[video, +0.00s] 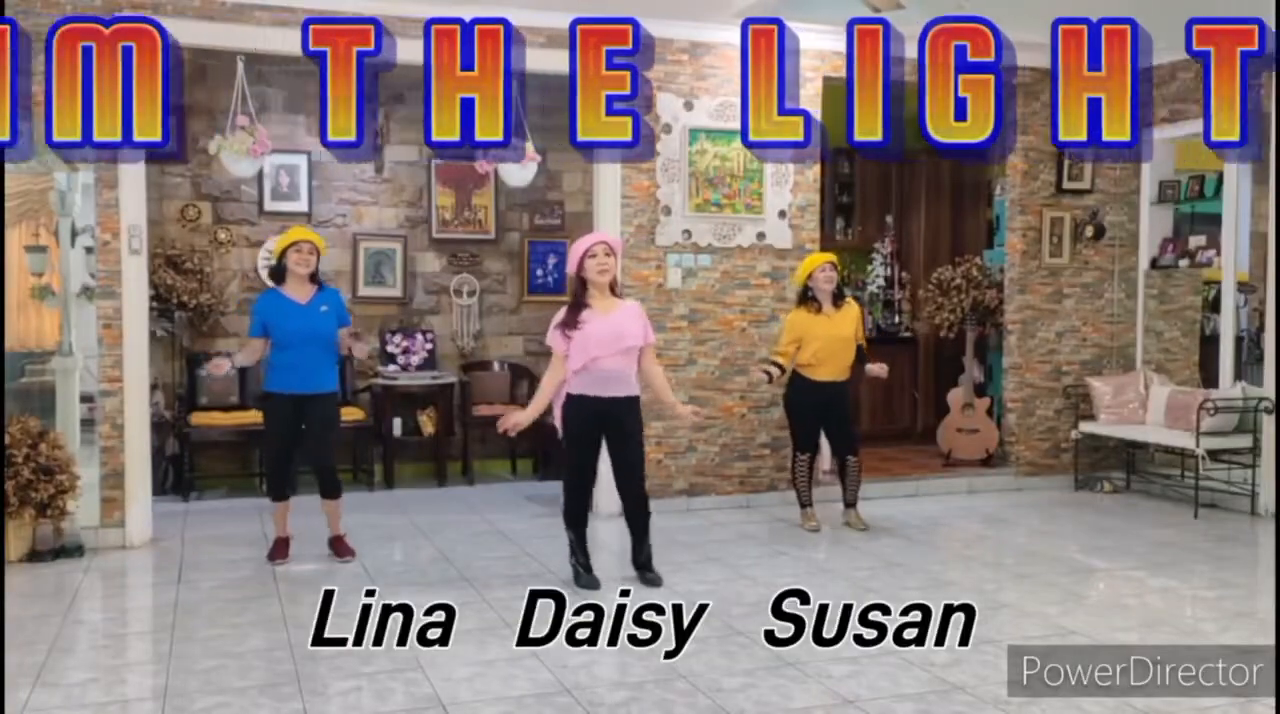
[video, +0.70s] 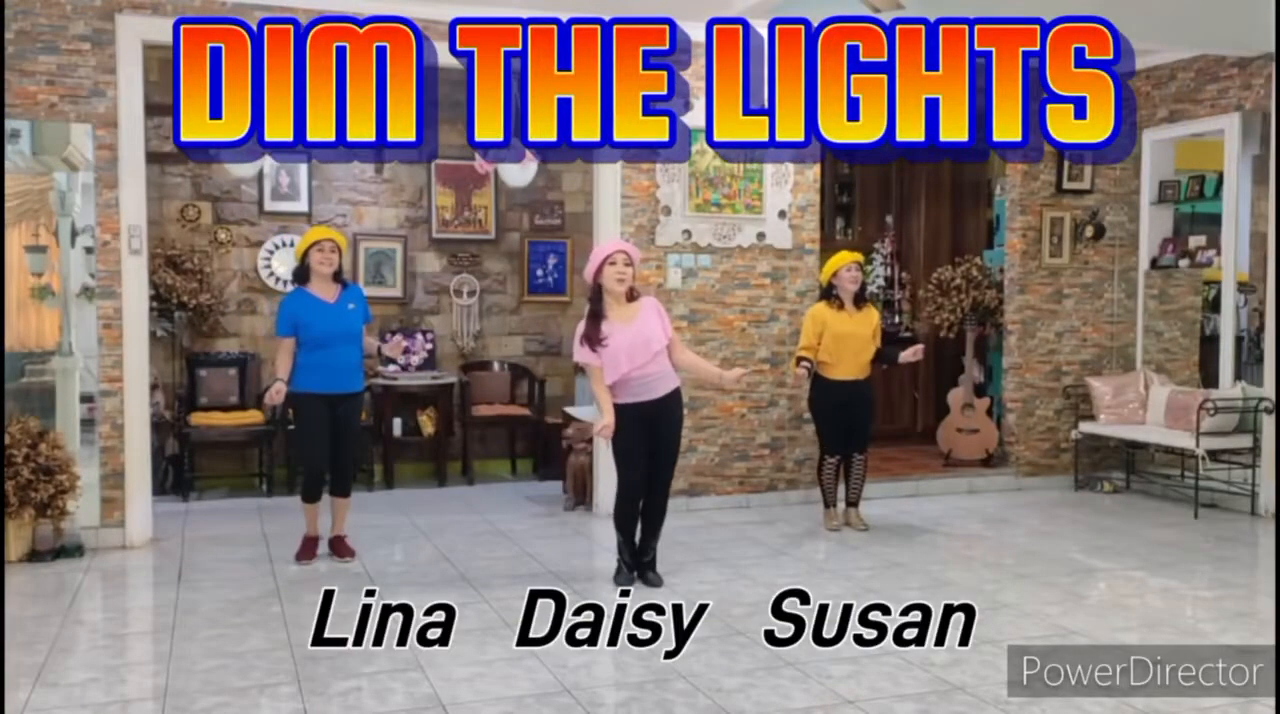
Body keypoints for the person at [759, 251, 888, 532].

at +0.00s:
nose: (828, 275)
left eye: (832, 270)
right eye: (821, 271)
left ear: (838, 277)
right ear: (809, 281)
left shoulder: (851, 310)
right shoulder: (799, 316)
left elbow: (859, 345)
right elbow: (783, 355)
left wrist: (867, 365)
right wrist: (769, 372)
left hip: (837, 389)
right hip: (803, 388)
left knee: (849, 451)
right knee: (805, 449)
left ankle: (851, 509)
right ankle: (807, 509)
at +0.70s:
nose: (855, 275)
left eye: (858, 270)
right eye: (849, 270)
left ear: (862, 277)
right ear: (834, 278)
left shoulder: (871, 314)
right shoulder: (819, 312)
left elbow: (874, 352)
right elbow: (807, 348)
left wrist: (900, 355)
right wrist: (804, 364)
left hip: (860, 387)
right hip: (827, 388)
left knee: (858, 449)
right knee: (832, 451)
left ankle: (852, 509)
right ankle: (831, 509)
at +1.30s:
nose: (842, 274)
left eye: (845, 270)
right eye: (835, 270)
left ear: (850, 277)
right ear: (821, 277)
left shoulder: (857, 315)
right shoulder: (803, 311)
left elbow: (858, 357)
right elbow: (786, 349)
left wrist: (869, 380)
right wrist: (774, 376)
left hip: (842, 390)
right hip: (806, 387)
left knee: (847, 451)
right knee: (805, 452)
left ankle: (850, 509)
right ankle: (804, 511)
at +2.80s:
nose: (856, 278)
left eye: (859, 272)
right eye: (848, 273)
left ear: (864, 277)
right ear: (835, 282)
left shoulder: (875, 311)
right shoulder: (824, 313)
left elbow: (878, 350)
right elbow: (813, 353)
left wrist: (893, 368)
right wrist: (814, 385)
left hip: (863, 389)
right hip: (831, 388)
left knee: (864, 451)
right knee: (826, 452)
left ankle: (857, 511)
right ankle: (812, 510)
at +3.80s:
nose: (842, 277)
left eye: (846, 272)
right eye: (835, 273)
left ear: (852, 278)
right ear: (822, 281)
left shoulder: (861, 313)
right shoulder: (807, 313)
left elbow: (866, 350)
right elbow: (788, 349)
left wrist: (864, 380)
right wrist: (779, 380)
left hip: (844, 390)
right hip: (807, 388)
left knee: (851, 452)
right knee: (807, 452)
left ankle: (854, 510)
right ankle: (807, 513)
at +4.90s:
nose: (845, 278)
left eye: (848, 273)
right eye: (838, 273)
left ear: (852, 279)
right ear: (822, 280)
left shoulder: (862, 305)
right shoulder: (811, 317)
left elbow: (881, 332)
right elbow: (807, 358)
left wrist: (880, 365)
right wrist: (812, 392)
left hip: (861, 387)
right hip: (826, 388)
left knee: (862, 452)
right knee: (820, 453)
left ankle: (857, 511)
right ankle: (810, 512)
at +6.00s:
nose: (850, 276)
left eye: (854, 271)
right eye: (843, 271)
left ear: (859, 278)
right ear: (829, 278)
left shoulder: (866, 314)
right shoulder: (813, 310)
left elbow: (881, 348)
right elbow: (794, 349)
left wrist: (874, 374)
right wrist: (785, 380)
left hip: (850, 391)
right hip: (814, 387)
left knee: (853, 452)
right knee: (812, 453)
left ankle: (856, 512)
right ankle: (810, 514)